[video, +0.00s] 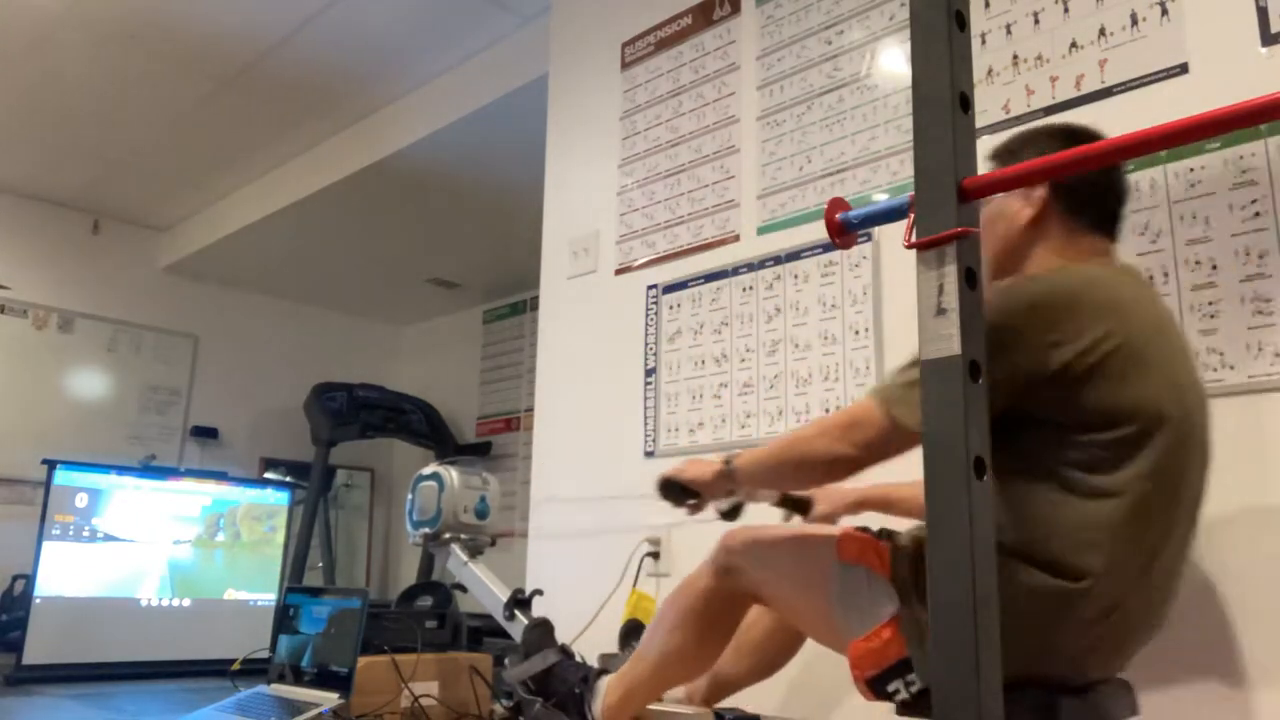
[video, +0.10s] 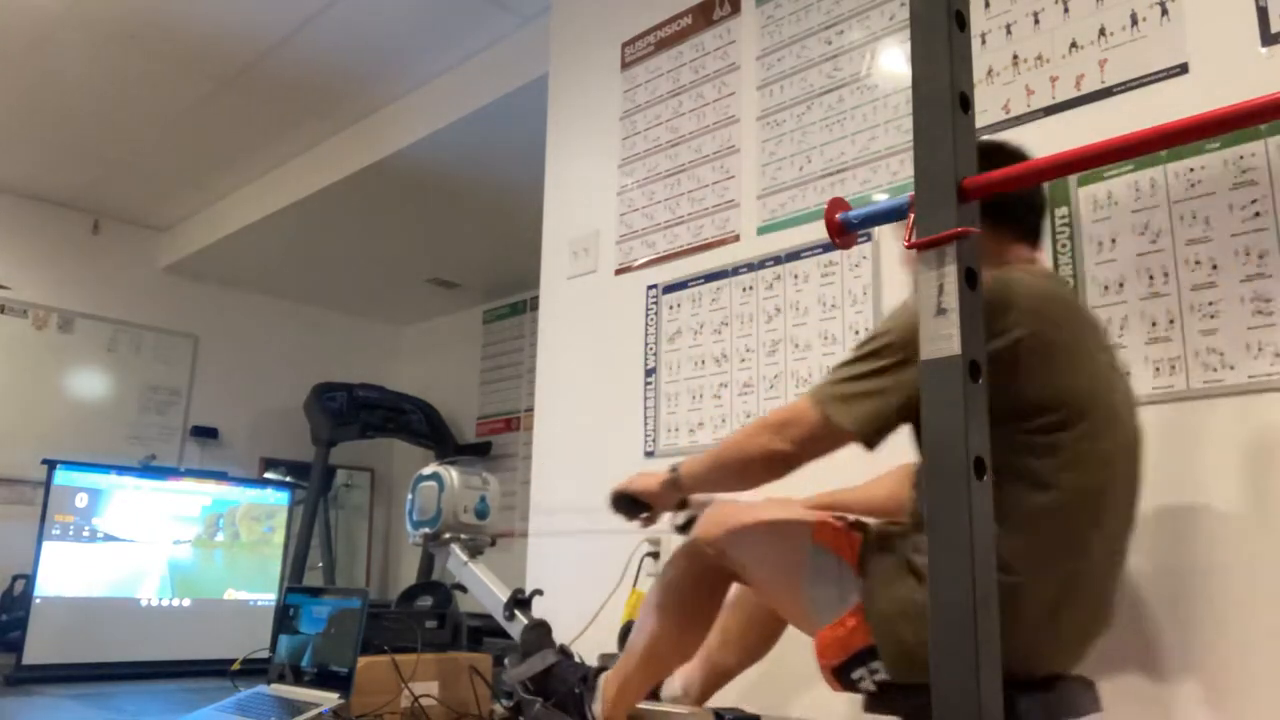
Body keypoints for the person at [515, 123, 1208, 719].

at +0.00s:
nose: (970, 227)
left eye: (982, 202)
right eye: (974, 205)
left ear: (1035, 201)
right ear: (1059, 206)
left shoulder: (1037, 306)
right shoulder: (1131, 306)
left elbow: (847, 445)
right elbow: (1029, 506)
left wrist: (724, 473)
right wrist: (862, 497)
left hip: (1023, 627)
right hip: (1092, 628)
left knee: (738, 557)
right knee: (837, 549)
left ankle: (612, 703)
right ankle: (694, 696)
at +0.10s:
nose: (914, 245)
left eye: (921, 224)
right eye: (915, 226)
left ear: (954, 223)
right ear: (1025, 223)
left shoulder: (965, 304)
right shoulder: (1066, 315)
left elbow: (787, 440)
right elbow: (935, 486)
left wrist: (671, 482)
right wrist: (787, 506)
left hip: (960, 642)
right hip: (1044, 638)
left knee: (716, 533)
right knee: (792, 538)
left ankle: (612, 702)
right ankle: (686, 695)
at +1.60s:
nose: (1166, 239)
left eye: (1181, 209)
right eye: (1170, 214)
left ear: (1258, 209)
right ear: (1256, 214)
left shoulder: (1261, 334)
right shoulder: (1248, 337)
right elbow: (1228, 544)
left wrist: (1067, 502)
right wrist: (1060, 509)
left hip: (1056, 620)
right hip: (1092, 628)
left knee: (779, 621)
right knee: (834, 635)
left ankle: (606, 705)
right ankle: (689, 712)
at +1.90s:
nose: (1151, 235)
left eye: (1167, 208)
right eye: (1156, 212)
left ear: (1240, 212)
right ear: (1242, 216)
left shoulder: (1236, 352)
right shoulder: (1254, 341)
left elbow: (1143, 574)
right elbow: (1158, 550)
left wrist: (963, 509)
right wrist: (975, 519)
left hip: (1057, 639)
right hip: (1099, 641)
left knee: (774, 617)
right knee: (828, 629)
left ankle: (604, 706)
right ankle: (687, 711)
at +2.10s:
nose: (1062, 223)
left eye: (1077, 195)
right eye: (1066, 202)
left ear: (1144, 194)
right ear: (1165, 200)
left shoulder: (1147, 322)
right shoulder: (1248, 316)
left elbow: (986, 484)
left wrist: (835, 479)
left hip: (1049, 637)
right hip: (1126, 644)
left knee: (764, 589)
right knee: (830, 602)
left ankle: (609, 711)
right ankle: (691, 709)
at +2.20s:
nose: (1006, 219)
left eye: (1020, 194)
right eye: (1012, 196)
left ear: (1072, 194)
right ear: (1100, 200)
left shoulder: (1086, 305)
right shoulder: (1160, 304)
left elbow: (888, 459)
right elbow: (1042, 497)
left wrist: (764, 469)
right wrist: (890, 508)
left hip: (1027, 624)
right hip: (1089, 622)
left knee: (744, 569)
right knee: (819, 584)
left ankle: (613, 706)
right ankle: (698, 700)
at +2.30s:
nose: (934, 228)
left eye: (949, 204)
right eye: (939, 205)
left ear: (993, 202)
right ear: (1046, 209)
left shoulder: (1005, 302)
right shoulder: (1094, 304)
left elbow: (821, 444)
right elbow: (988, 501)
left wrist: (700, 476)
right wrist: (828, 507)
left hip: (1001, 634)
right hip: (1068, 632)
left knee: (728, 549)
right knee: (815, 546)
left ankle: (609, 705)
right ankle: (686, 697)